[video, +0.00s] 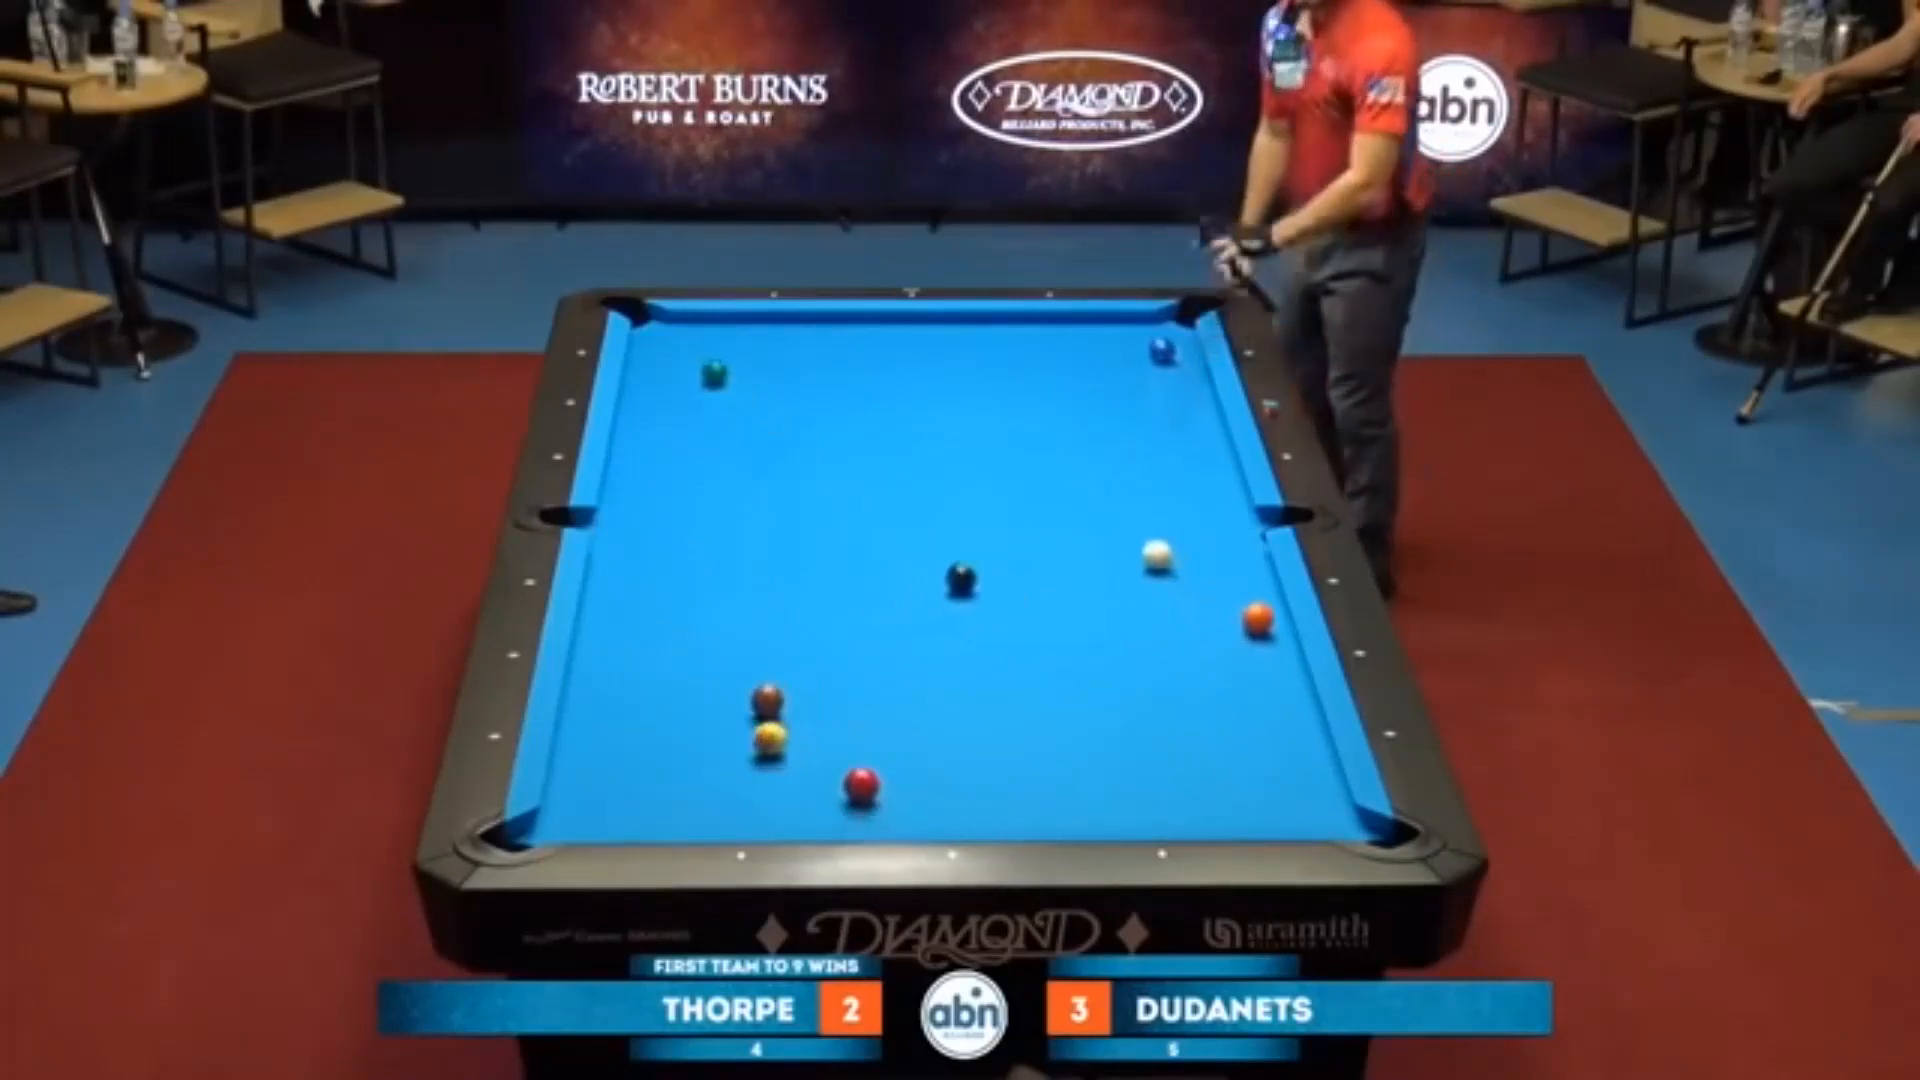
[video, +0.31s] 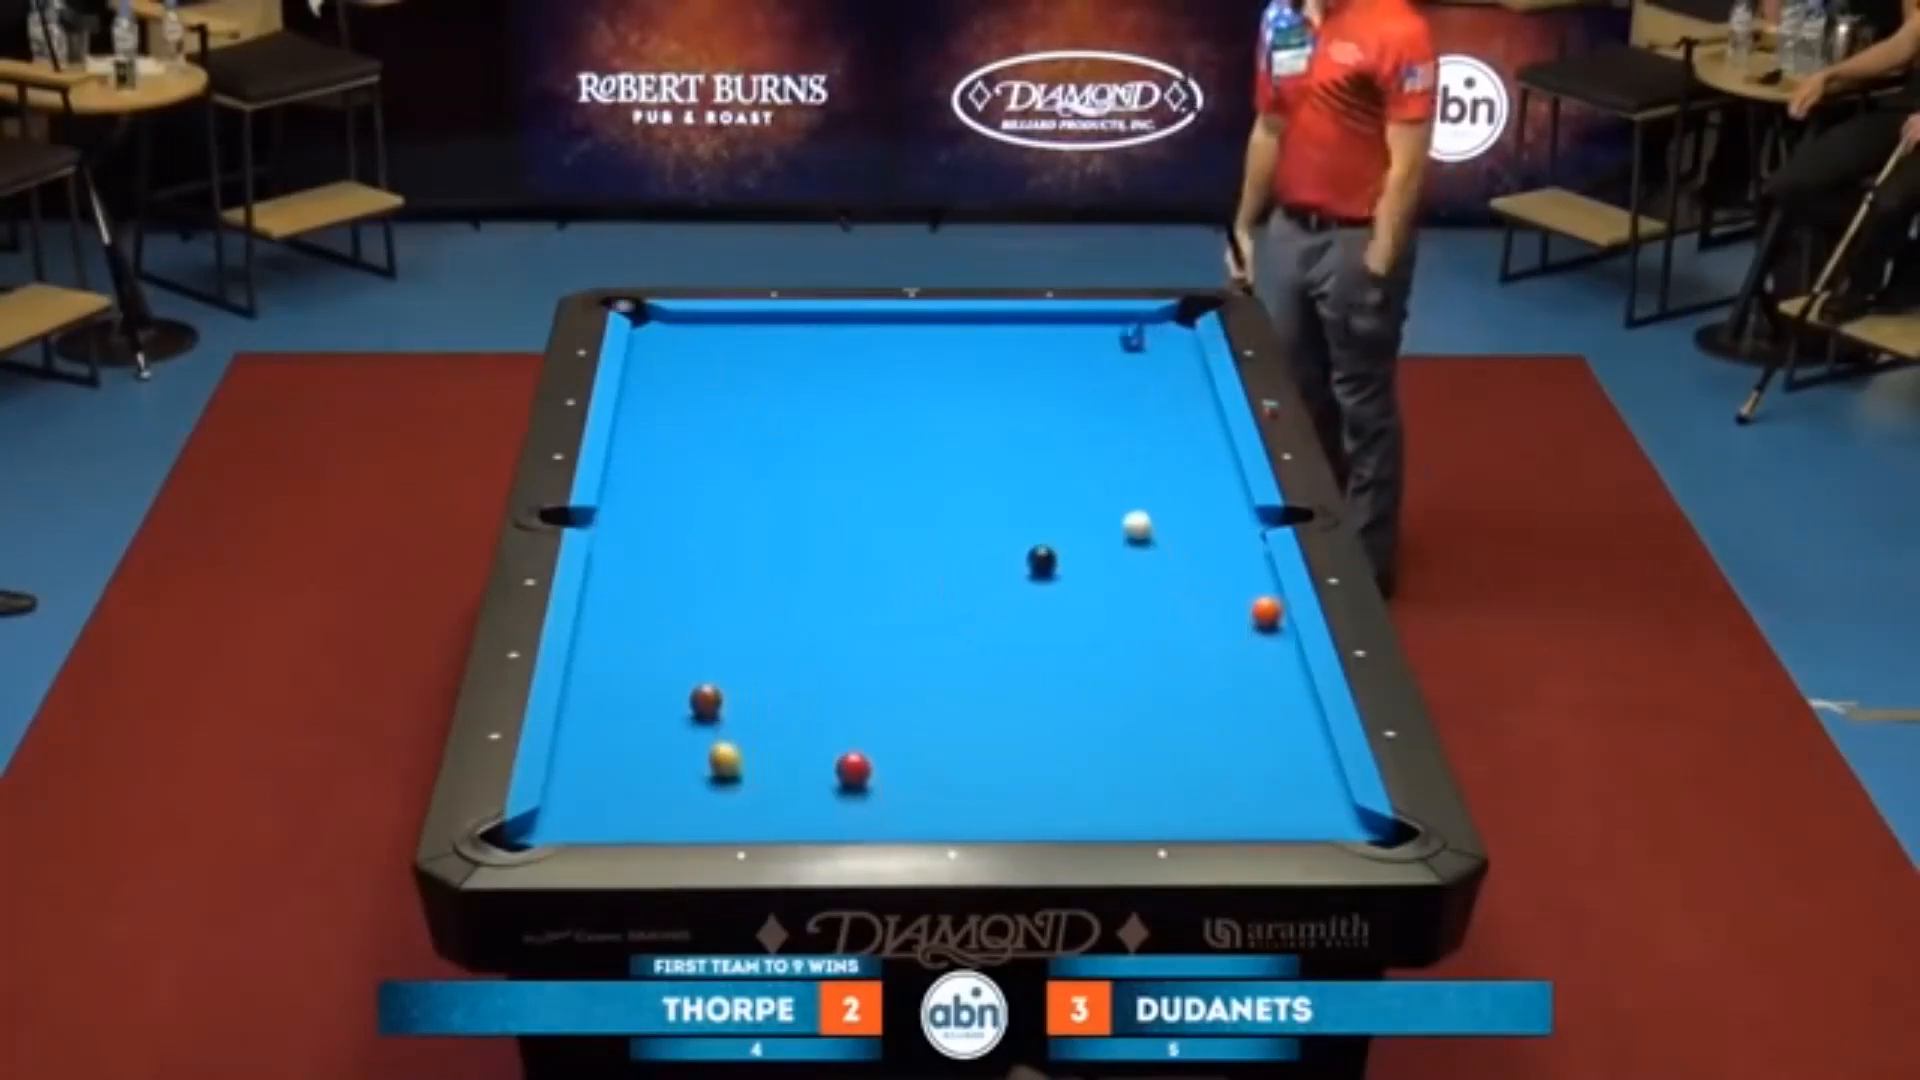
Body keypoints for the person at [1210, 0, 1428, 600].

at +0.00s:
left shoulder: (1383, 42)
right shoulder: (1283, 24)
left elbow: (1368, 180)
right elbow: (1274, 130)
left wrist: (1271, 236)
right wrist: (1249, 228)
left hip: (1373, 244)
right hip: (1311, 240)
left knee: (1357, 405)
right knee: (1301, 393)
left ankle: (1368, 562)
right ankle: (1315, 538)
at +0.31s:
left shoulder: (1398, 30)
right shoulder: (1281, 20)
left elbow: (1408, 160)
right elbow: (1268, 127)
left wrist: (1380, 263)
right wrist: (1244, 223)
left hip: (1359, 240)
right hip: (1283, 232)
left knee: (1361, 404)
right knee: (1295, 398)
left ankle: (1368, 562)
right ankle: (1304, 541)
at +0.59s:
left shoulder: (1406, 27)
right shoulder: (1285, 16)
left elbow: (1436, 151)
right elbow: (1262, 120)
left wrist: (1457, 263)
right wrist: (1225, 215)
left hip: (1361, 236)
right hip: (1286, 229)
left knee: (1361, 404)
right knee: (1301, 397)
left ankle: (1368, 566)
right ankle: (1310, 540)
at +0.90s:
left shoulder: (1413, 12)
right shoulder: (1283, 10)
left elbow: (1468, 72)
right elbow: (1206, 54)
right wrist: (1129, 80)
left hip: (1365, 233)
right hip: (1292, 227)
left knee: (1365, 403)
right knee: (1304, 396)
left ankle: (1370, 564)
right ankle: (1314, 540)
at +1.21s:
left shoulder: (1409, 16)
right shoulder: (1285, 8)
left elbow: (1498, 5)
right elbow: (1199, 7)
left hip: (1365, 236)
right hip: (1291, 228)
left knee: (1367, 406)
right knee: (1309, 398)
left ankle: (1367, 570)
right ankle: (1314, 543)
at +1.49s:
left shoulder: (1409, 17)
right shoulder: (1288, 8)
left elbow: (1507, 7)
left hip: (1367, 238)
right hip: (1292, 230)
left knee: (1368, 405)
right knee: (1311, 397)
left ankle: (1370, 564)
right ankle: (1317, 539)